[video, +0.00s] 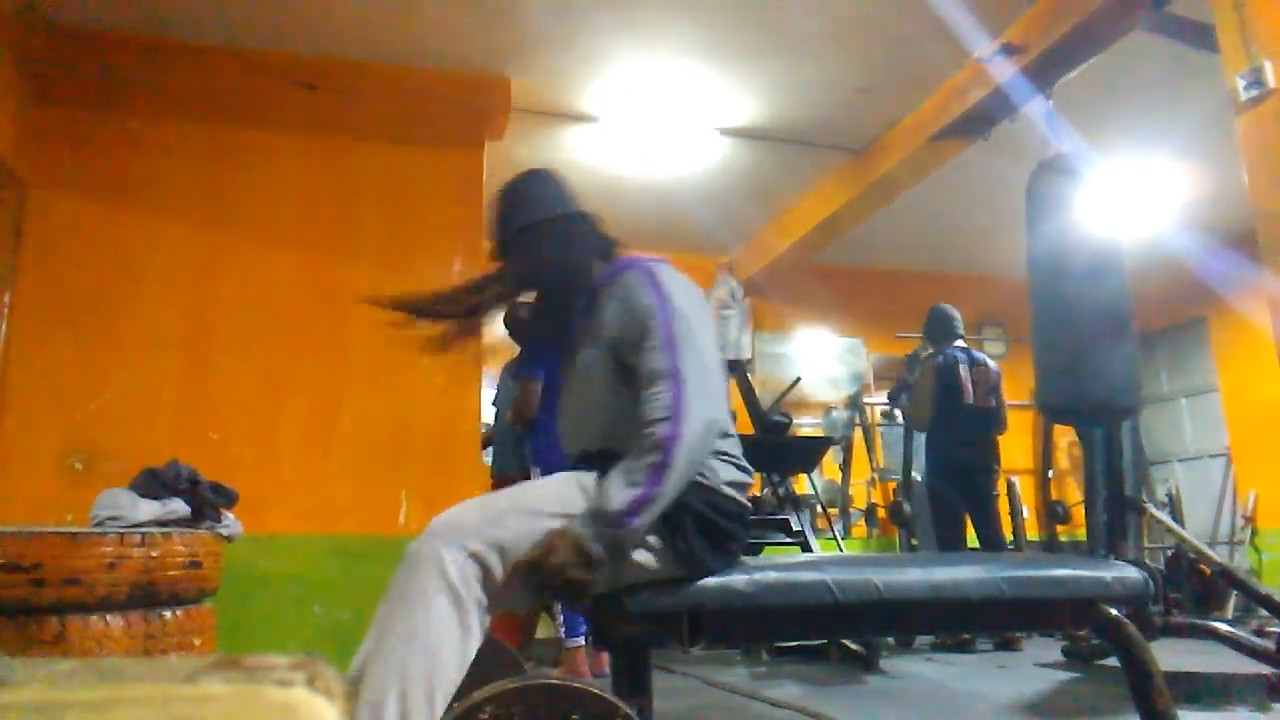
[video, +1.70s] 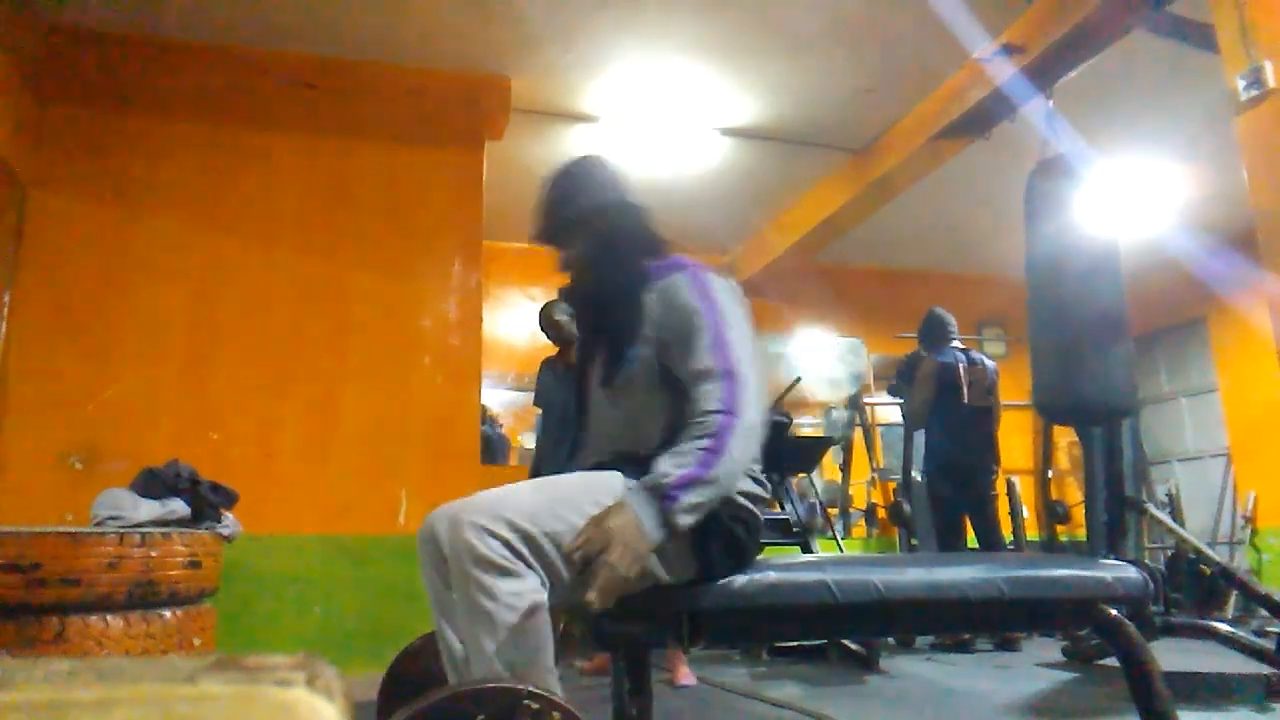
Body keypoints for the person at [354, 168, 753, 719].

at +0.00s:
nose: (536, 279)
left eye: (539, 259)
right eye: (527, 265)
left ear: (566, 241)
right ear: (525, 262)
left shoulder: (647, 283)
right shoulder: (569, 317)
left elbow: (687, 420)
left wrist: (593, 536)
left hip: (681, 503)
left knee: (451, 548)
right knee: (449, 552)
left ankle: (376, 711)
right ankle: (361, 706)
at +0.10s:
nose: (560, 265)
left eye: (568, 245)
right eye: (556, 250)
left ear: (600, 234)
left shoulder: (692, 286)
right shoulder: (592, 320)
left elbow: (722, 415)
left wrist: (639, 505)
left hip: (688, 508)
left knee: (470, 505)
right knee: (450, 568)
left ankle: (389, 708)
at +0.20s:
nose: (600, 261)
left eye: (602, 243)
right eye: (595, 246)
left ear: (637, 229)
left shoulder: (721, 291)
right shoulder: (635, 315)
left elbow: (749, 417)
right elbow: (620, 431)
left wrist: (647, 494)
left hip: (692, 508)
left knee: (492, 458)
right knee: (439, 560)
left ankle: (419, 703)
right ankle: (362, 702)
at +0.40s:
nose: (668, 250)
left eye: (680, 234)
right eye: (666, 237)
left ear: (720, 230)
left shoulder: (774, 308)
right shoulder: (679, 320)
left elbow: (787, 432)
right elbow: (650, 428)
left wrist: (664, 469)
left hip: (720, 509)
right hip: (656, 509)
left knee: (531, 394)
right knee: (446, 536)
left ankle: (500, 650)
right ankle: (373, 704)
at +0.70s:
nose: (693, 236)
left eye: (708, 224)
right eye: (693, 225)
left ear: (749, 233)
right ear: (701, 232)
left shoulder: (794, 317)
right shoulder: (696, 316)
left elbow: (806, 446)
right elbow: (668, 422)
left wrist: (703, 499)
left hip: (725, 505)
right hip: (657, 483)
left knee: (543, 429)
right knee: (471, 442)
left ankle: (588, 675)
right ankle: (447, 654)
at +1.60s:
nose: (612, 252)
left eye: (617, 234)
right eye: (606, 239)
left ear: (654, 223)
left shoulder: (730, 293)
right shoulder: (641, 313)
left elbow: (772, 426)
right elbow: (627, 433)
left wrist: (679, 501)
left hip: (699, 500)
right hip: (631, 489)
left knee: (505, 516)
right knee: (451, 523)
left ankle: (536, 705)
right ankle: (484, 706)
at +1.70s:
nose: (566, 264)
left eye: (571, 244)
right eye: (561, 248)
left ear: (602, 229)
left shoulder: (693, 289)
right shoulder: (603, 319)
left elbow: (729, 428)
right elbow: (601, 450)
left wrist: (650, 511)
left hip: (695, 503)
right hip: (627, 497)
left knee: (483, 534)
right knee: (443, 534)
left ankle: (534, 709)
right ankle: (485, 706)